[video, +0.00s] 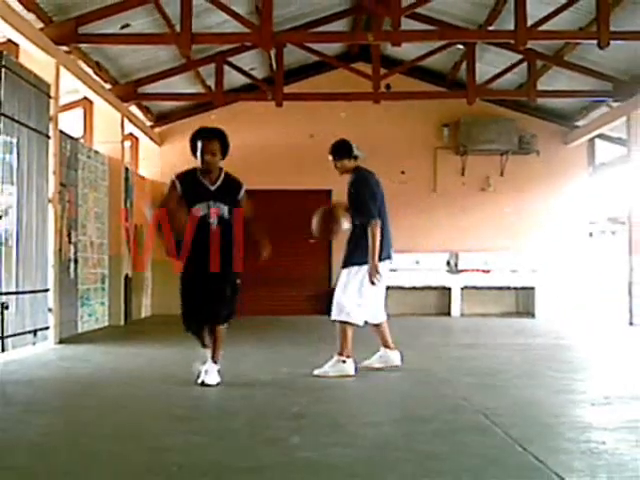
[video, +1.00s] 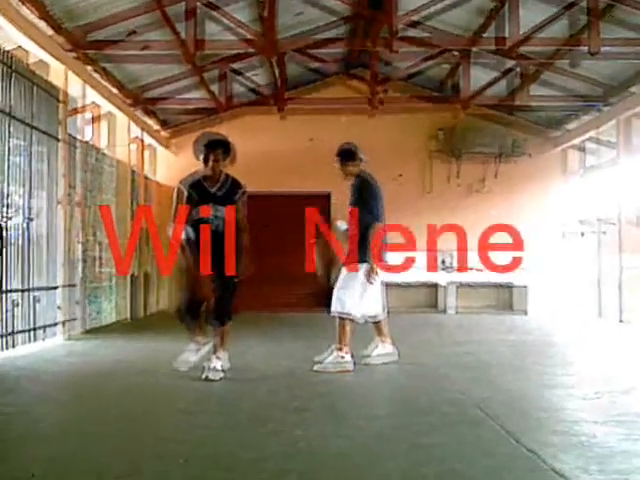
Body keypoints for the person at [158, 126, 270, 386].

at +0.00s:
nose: (209, 157)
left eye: (214, 152)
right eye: (205, 152)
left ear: (223, 154)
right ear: (198, 154)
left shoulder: (235, 186)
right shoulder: (183, 182)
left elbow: (249, 219)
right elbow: (167, 211)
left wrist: (263, 241)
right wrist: (172, 240)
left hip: (225, 262)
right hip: (194, 261)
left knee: (218, 316)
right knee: (193, 317)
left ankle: (215, 363)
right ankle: (208, 351)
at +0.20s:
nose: (222, 172)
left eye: (227, 167)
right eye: (218, 166)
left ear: (233, 166)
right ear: (210, 166)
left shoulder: (241, 192)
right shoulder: (198, 190)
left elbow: (246, 226)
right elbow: (189, 228)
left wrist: (247, 258)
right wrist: (199, 260)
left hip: (232, 260)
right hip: (205, 259)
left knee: (229, 306)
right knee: (198, 304)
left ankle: (225, 347)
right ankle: (207, 335)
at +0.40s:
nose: (221, 170)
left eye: (225, 165)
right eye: (217, 165)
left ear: (231, 165)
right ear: (209, 164)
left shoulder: (239, 191)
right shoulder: (196, 189)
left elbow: (246, 225)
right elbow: (186, 228)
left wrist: (247, 256)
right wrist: (195, 259)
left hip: (230, 259)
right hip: (203, 258)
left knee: (226, 307)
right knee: (196, 305)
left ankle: (223, 350)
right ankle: (205, 337)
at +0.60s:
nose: (219, 169)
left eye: (223, 163)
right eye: (215, 163)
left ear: (229, 163)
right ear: (206, 162)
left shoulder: (237, 190)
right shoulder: (193, 188)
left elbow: (243, 226)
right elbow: (183, 227)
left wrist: (243, 257)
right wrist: (193, 261)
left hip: (228, 257)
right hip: (199, 256)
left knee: (224, 306)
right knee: (194, 304)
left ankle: (221, 352)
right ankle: (201, 340)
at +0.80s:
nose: (218, 167)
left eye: (222, 161)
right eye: (214, 161)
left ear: (227, 161)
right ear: (204, 160)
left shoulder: (235, 188)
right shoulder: (190, 187)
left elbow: (242, 225)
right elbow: (181, 228)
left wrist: (242, 258)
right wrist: (193, 266)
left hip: (227, 255)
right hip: (197, 254)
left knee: (223, 305)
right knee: (192, 302)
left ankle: (219, 354)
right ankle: (199, 341)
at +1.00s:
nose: (215, 165)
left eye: (219, 160)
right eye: (211, 159)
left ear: (227, 161)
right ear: (204, 160)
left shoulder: (236, 189)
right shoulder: (189, 187)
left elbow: (243, 226)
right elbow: (178, 225)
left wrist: (245, 258)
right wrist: (185, 257)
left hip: (227, 256)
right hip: (196, 256)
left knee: (222, 306)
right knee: (190, 304)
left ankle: (220, 354)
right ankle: (199, 340)